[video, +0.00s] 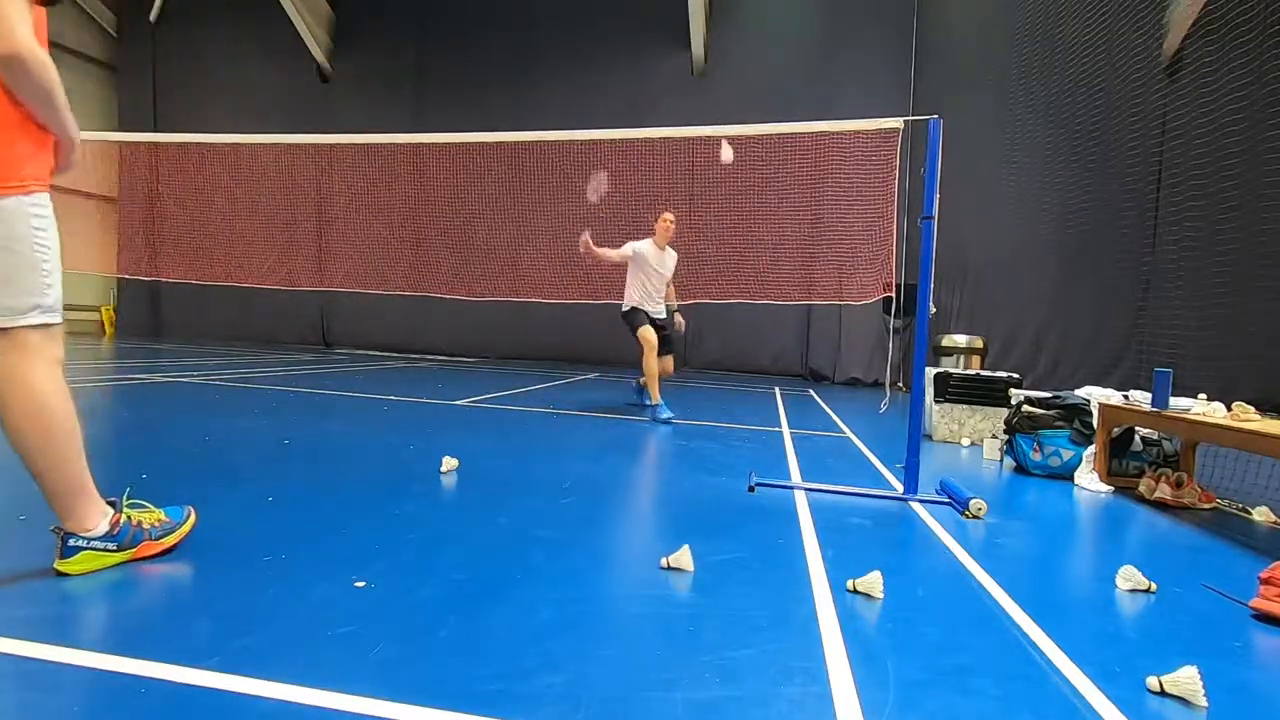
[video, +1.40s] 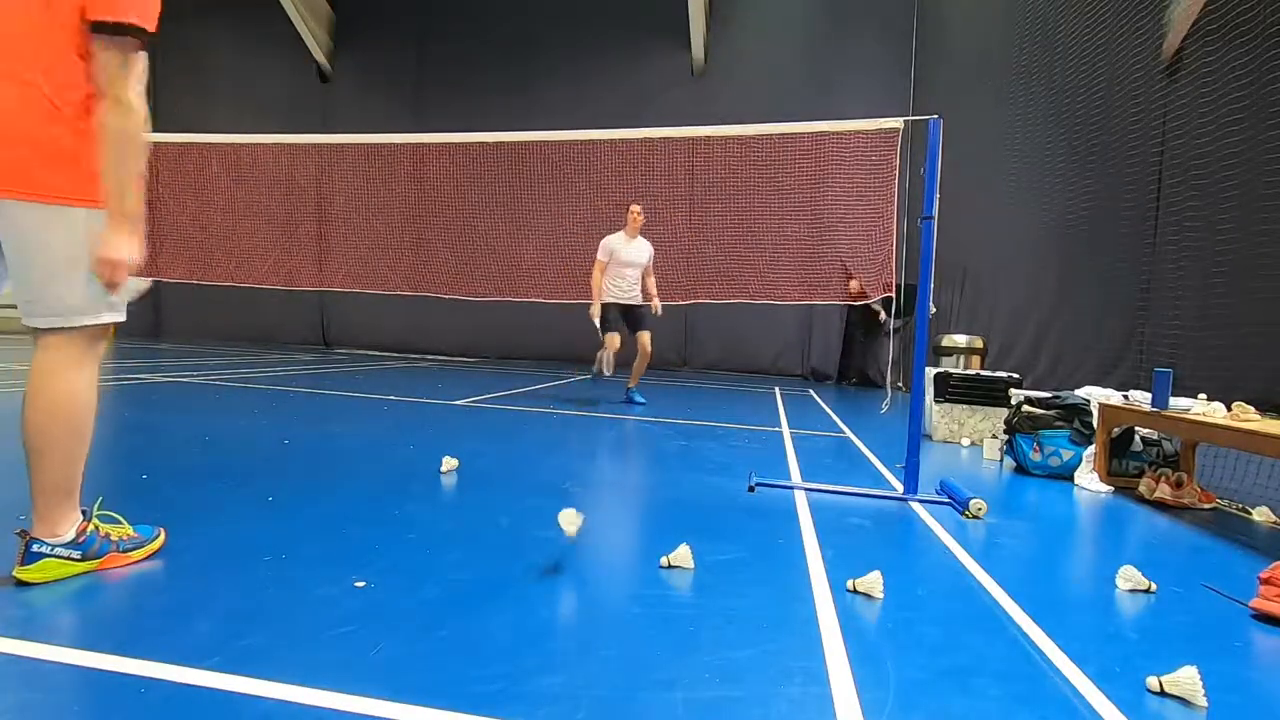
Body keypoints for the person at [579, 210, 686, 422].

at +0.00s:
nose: (669, 226)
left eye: (672, 223)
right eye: (665, 221)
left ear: (675, 229)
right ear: (655, 225)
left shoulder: (672, 256)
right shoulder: (639, 248)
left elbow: (668, 285)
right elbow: (615, 255)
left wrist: (675, 312)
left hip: (658, 312)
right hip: (635, 308)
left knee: (667, 368)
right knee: (651, 342)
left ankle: (642, 383)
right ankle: (657, 403)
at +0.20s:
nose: (649, 208)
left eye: (653, 205)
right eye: (646, 204)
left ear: (658, 211)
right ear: (639, 208)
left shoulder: (663, 240)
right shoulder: (623, 232)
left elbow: (672, 270)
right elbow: (593, 239)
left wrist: (688, 292)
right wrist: (568, 227)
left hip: (648, 300)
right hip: (625, 296)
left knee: (653, 350)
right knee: (630, 332)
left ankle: (633, 387)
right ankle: (632, 393)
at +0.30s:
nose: (640, 203)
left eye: (644, 200)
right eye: (637, 199)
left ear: (649, 206)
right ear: (630, 204)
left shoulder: (657, 233)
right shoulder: (615, 229)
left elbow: (669, 263)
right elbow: (587, 240)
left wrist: (682, 280)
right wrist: (563, 233)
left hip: (644, 295)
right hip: (619, 292)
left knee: (646, 346)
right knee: (616, 337)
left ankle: (634, 391)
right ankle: (611, 389)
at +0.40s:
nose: (631, 201)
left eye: (635, 199)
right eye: (628, 198)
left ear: (640, 204)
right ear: (622, 202)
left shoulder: (649, 231)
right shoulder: (608, 229)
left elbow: (659, 259)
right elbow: (585, 247)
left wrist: (669, 273)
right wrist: (565, 253)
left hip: (637, 293)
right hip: (611, 291)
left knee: (641, 341)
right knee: (600, 337)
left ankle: (634, 391)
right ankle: (590, 384)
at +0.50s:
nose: (621, 204)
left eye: (625, 202)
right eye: (618, 201)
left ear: (630, 208)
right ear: (612, 205)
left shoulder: (640, 233)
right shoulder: (599, 233)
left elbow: (649, 260)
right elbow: (580, 256)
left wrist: (653, 275)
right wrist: (567, 274)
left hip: (629, 295)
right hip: (602, 293)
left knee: (636, 340)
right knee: (585, 339)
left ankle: (633, 390)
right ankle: (573, 380)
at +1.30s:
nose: (625, 215)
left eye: (628, 212)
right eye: (621, 212)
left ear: (634, 217)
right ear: (616, 215)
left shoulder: (639, 243)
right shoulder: (600, 241)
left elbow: (640, 268)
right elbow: (586, 269)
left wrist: (643, 291)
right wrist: (585, 298)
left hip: (629, 302)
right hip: (603, 302)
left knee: (641, 343)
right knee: (595, 348)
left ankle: (631, 388)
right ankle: (579, 369)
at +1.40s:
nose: (636, 217)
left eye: (639, 214)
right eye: (633, 213)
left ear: (644, 219)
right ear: (626, 216)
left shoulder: (647, 247)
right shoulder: (609, 242)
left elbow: (649, 275)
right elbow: (597, 272)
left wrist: (654, 296)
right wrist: (596, 302)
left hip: (635, 302)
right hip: (610, 300)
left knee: (646, 348)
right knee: (613, 345)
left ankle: (631, 388)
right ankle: (601, 362)